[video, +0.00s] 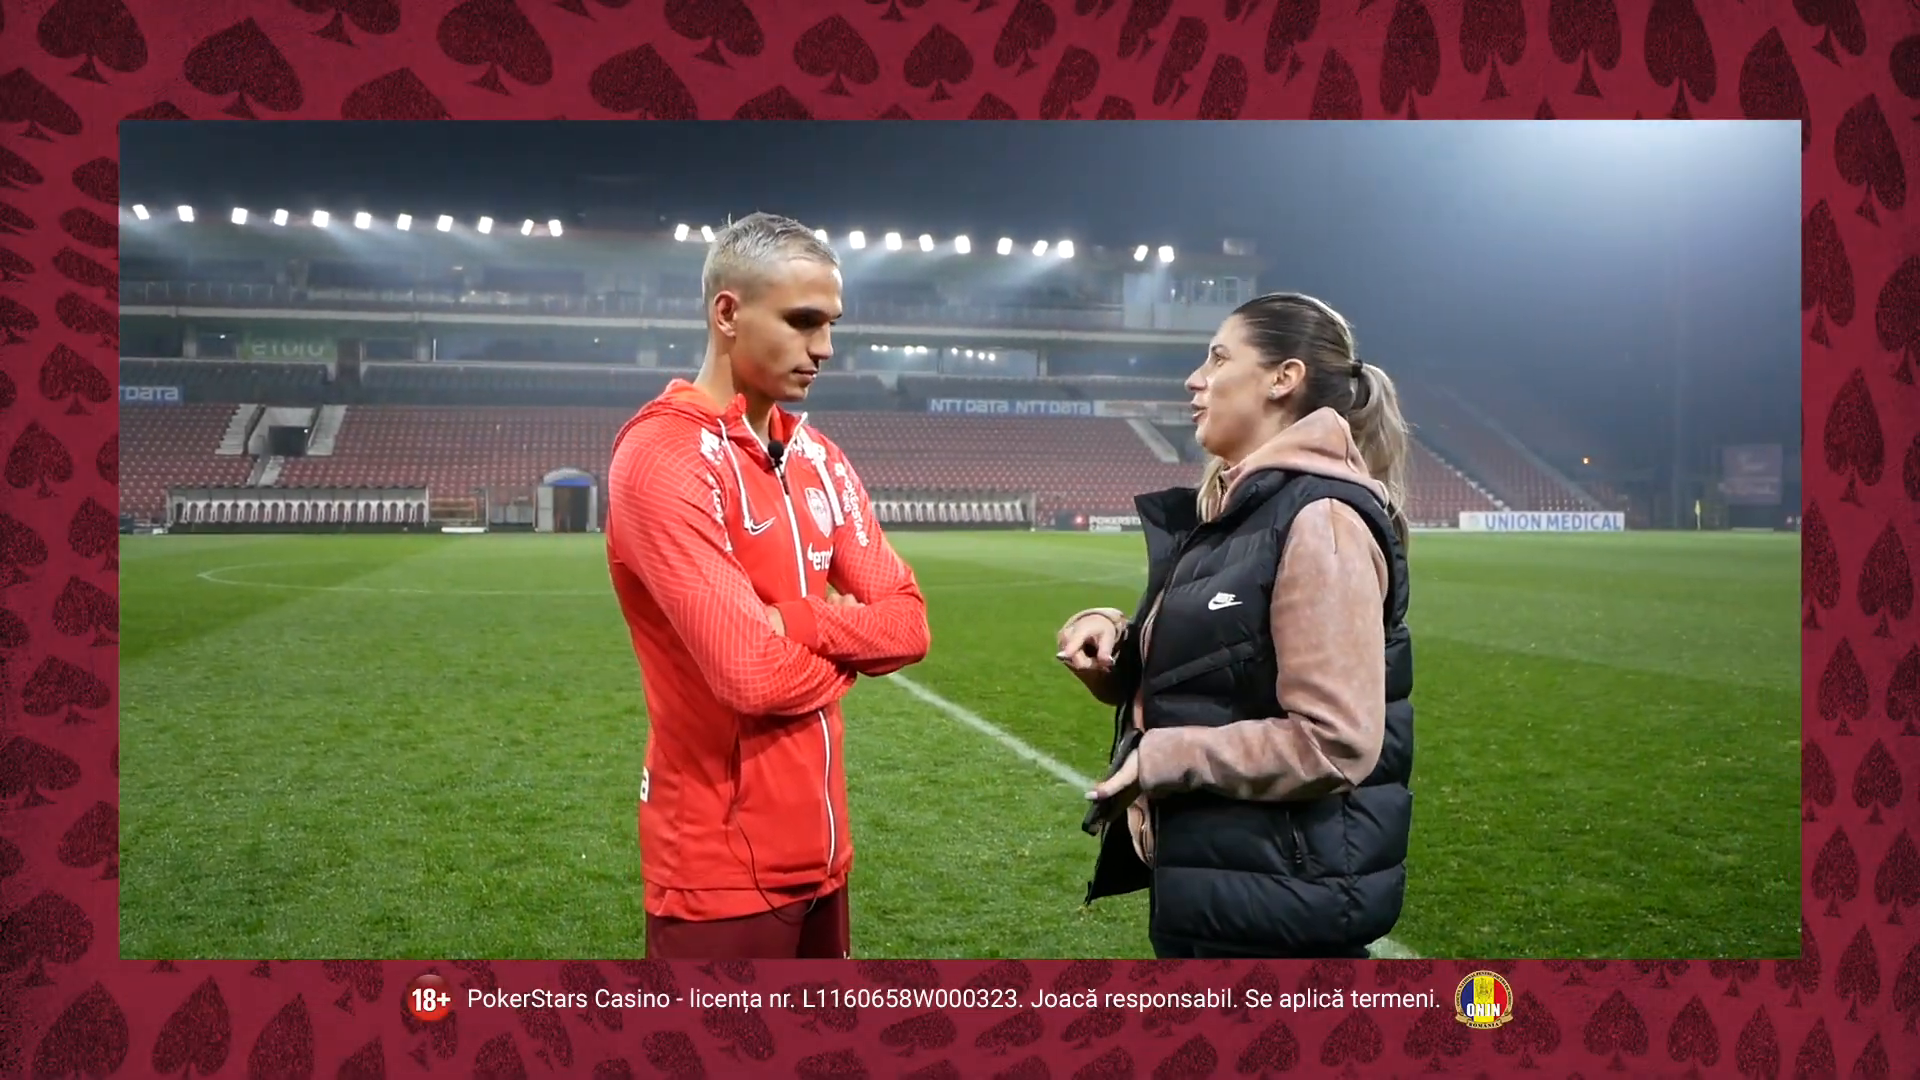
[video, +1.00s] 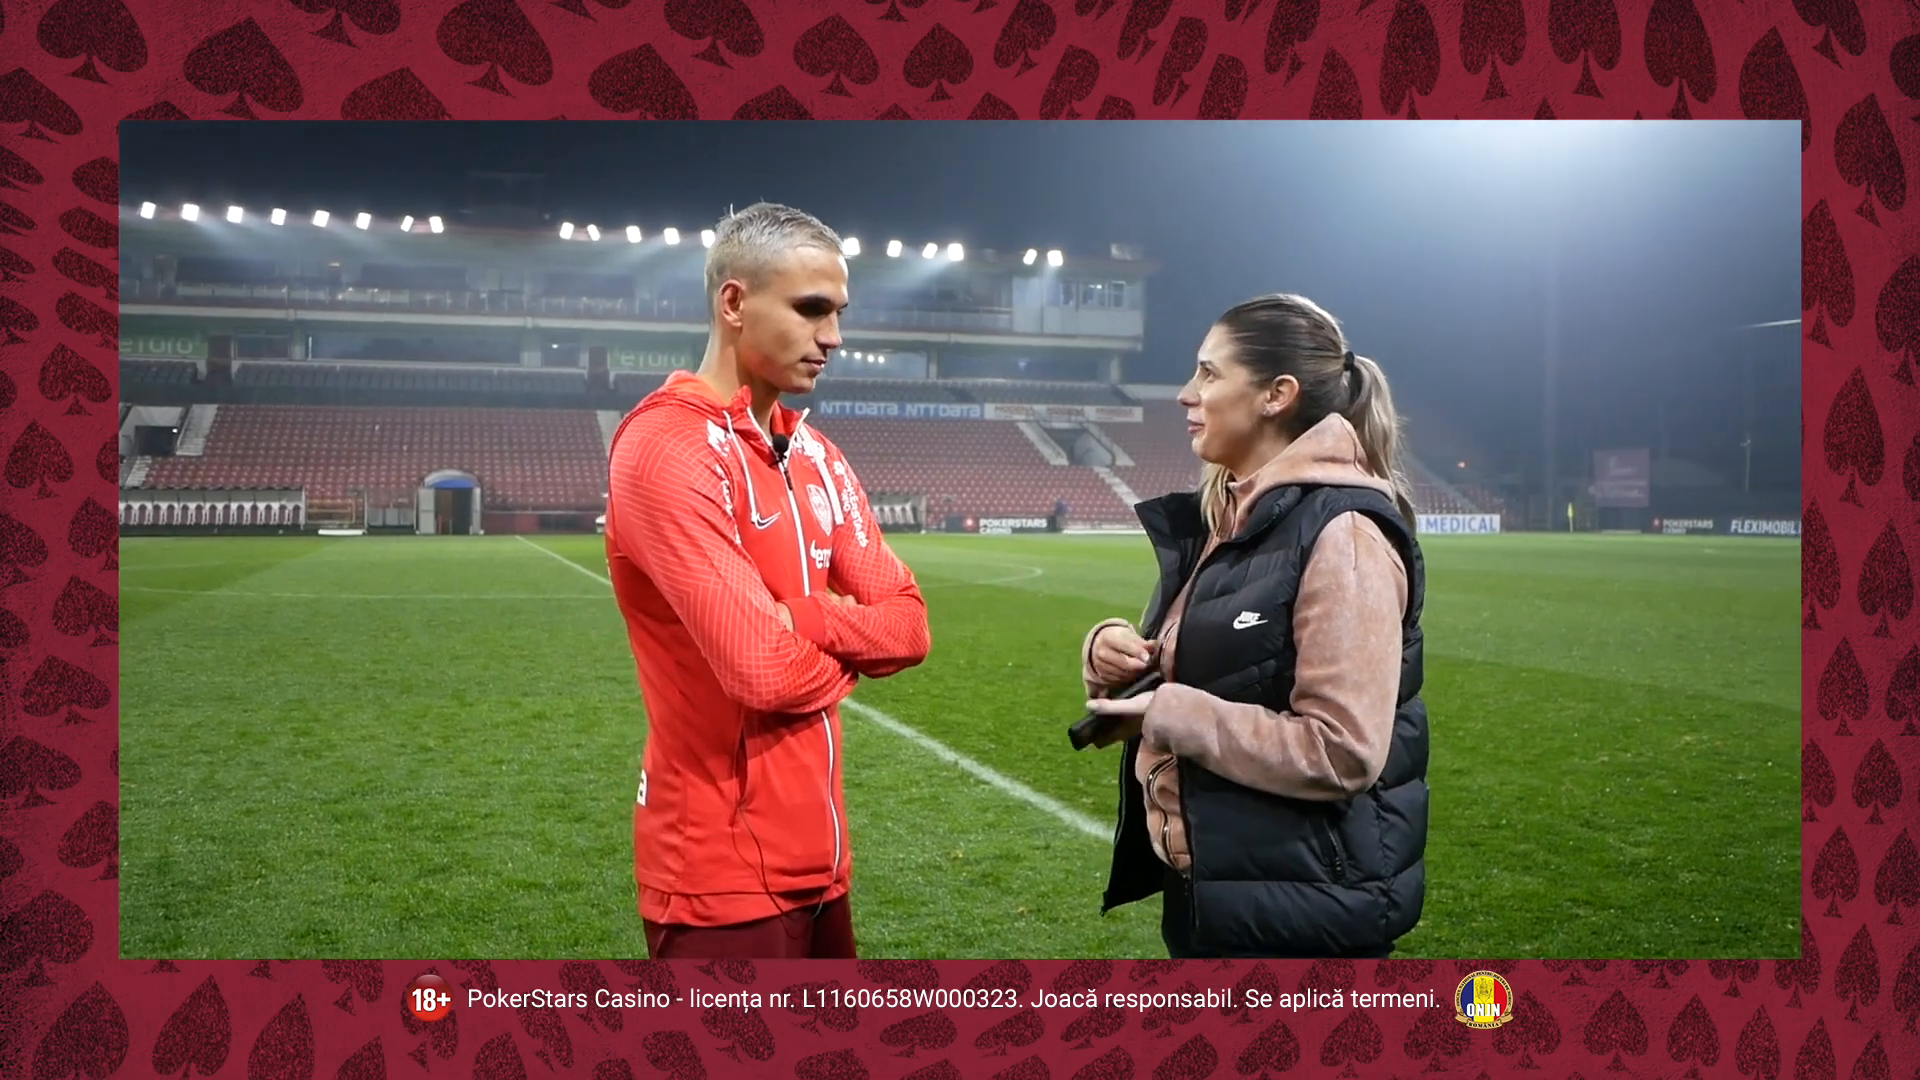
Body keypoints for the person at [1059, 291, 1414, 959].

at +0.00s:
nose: (1192, 381)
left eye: (1217, 358)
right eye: (1204, 360)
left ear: (1284, 379)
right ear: (1277, 379)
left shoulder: (1324, 523)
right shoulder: (1235, 511)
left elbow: (1338, 740)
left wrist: (1169, 753)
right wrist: (1115, 645)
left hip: (1282, 910)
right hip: (1219, 904)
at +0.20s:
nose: (1168, 385)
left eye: (1191, 364)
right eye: (1178, 365)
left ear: (1255, 389)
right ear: (1249, 391)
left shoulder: (1318, 531)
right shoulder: (1221, 515)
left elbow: (1331, 747)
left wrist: (1156, 735)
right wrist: (1112, 649)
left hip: (1279, 919)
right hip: (1209, 909)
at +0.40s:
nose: (1157, 396)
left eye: (1175, 375)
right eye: (1164, 374)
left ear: (1242, 396)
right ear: (1240, 398)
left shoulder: (1316, 535)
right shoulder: (1218, 517)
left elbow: (1333, 752)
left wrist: (1156, 737)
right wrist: (1108, 654)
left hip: (1280, 921)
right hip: (1211, 911)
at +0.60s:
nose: (1161, 406)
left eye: (1177, 384)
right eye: (1167, 385)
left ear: (1245, 393)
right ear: (1238, 395)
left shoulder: (1324, 541)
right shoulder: (1214, 520)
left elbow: (1324, 757)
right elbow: (1161, 680)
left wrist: (1151, 720)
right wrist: (1062, 616)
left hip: (1282, 907)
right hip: (1206, 893)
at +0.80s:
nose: (1171, 403)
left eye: (1190, 378)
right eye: (1179, 380)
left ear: (1259, 393)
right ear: (1254, 395)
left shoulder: (1335, 541)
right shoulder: (1223, 522)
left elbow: (1325, 754)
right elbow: (1166, 682)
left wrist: (1154, 698)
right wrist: (1060, 629)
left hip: (1290, 912)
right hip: (1208, 900)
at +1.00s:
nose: (1186, 396)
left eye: (1208, 374)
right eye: (1195, 375)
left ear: (1278, 394)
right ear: (1271, 396)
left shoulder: (1346, 535)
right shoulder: (1234, 519)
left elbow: (1342, 749)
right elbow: (1192, 668)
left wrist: (1166, 710)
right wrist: (1109, 653)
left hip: (1300, 911)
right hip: (1217, 900)